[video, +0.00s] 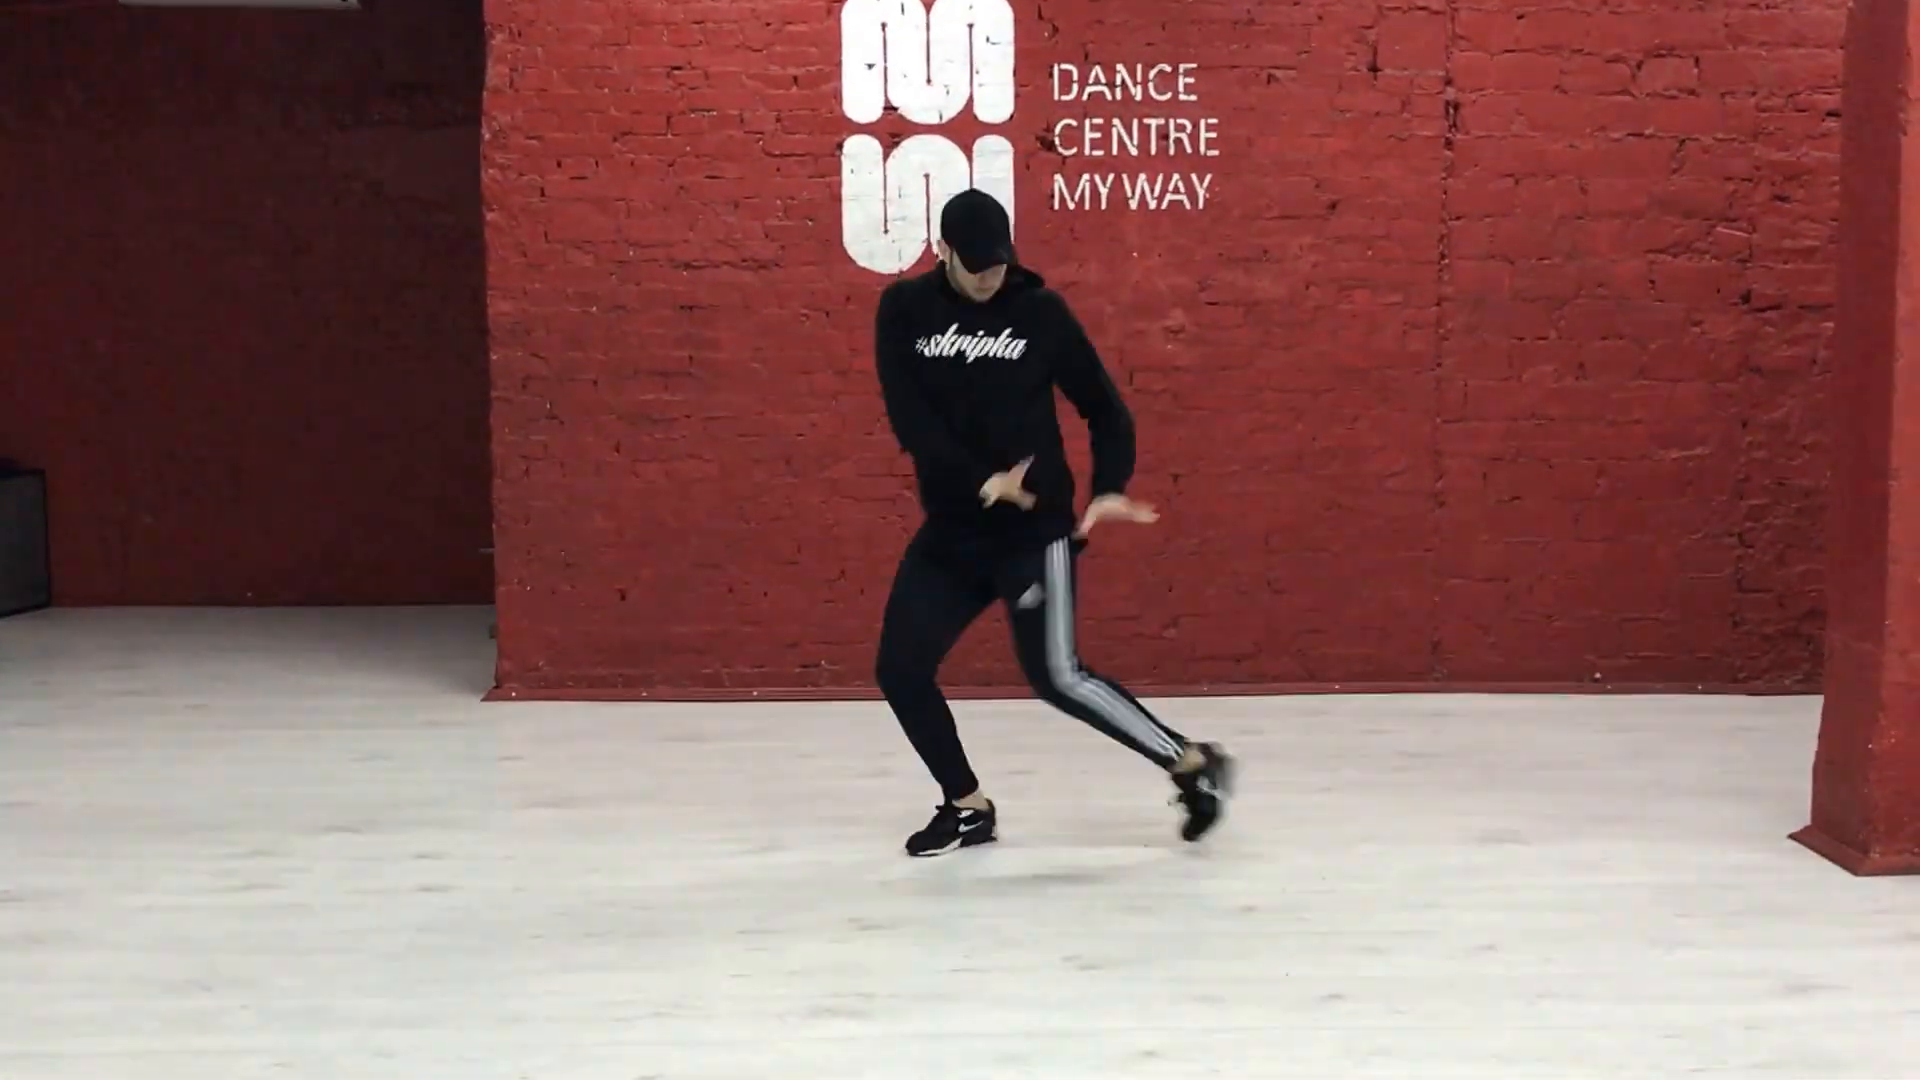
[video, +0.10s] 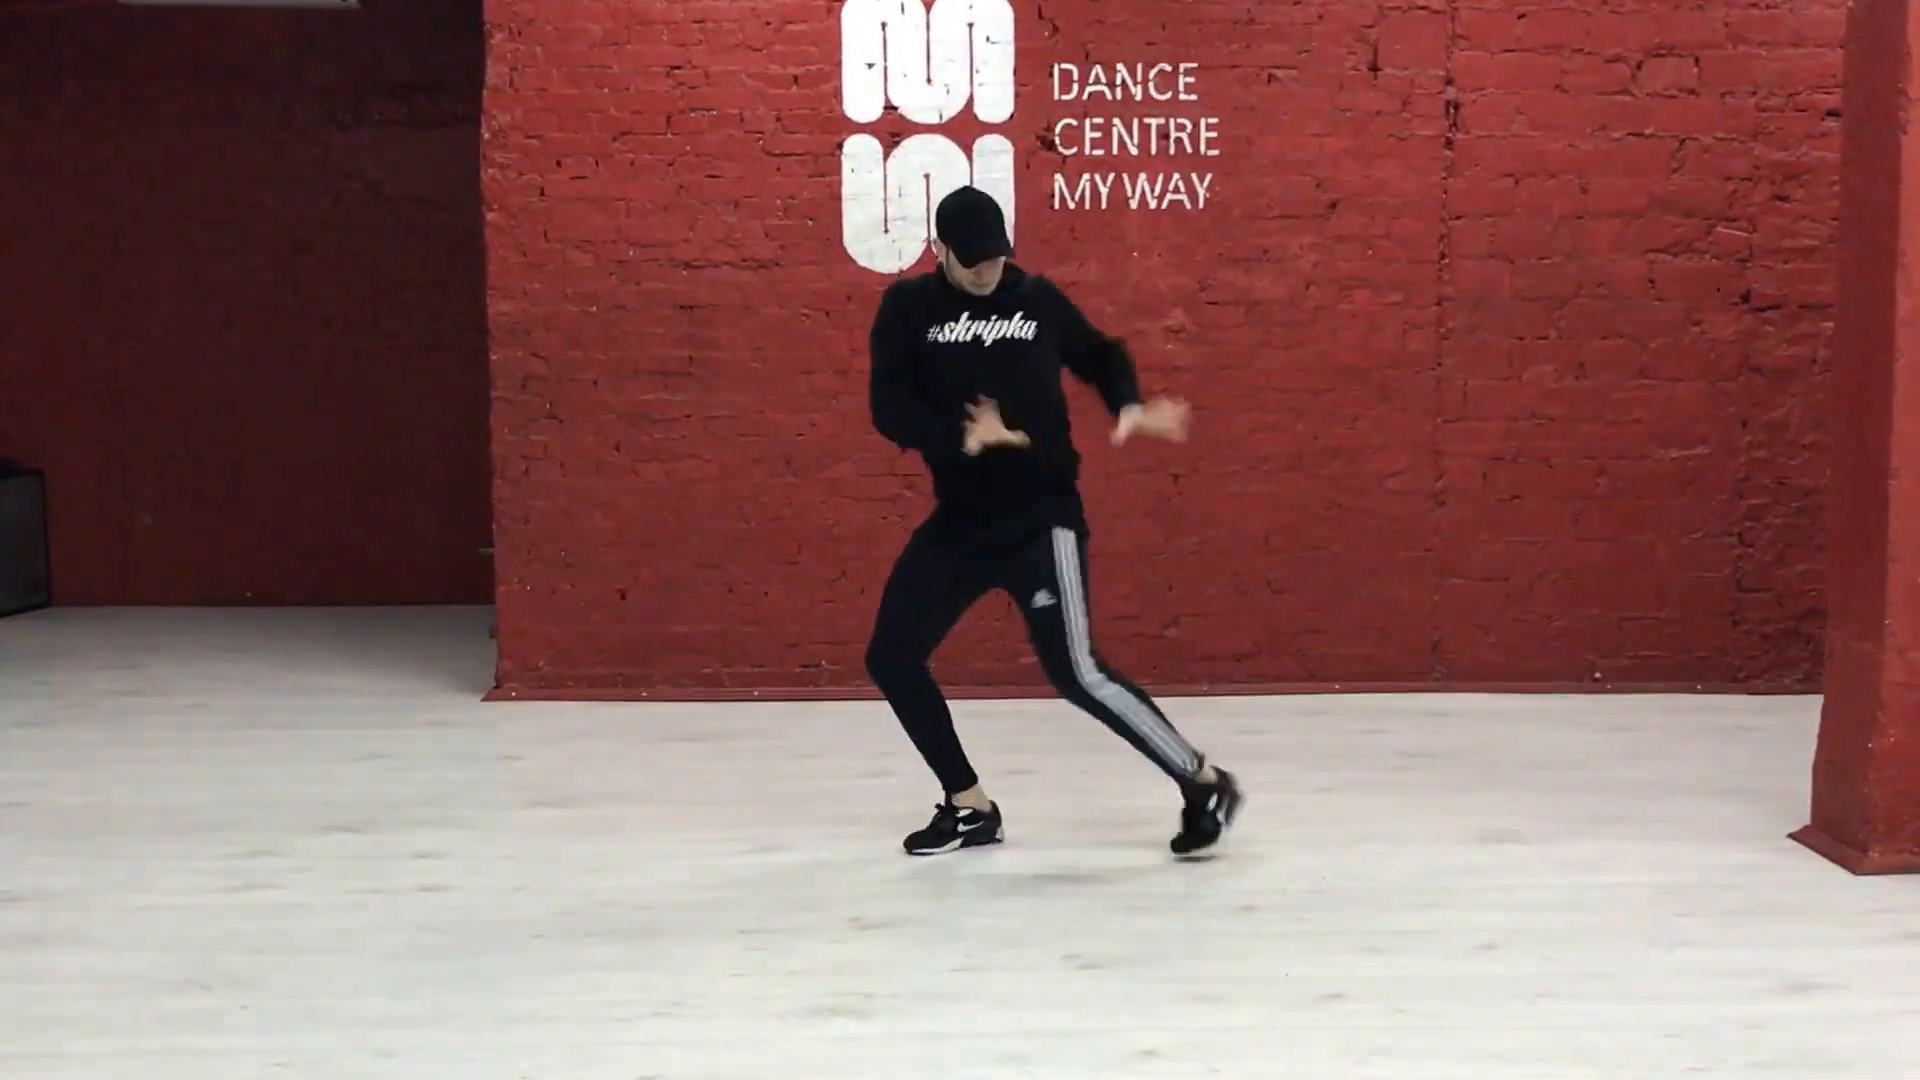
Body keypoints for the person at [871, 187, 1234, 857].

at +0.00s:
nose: (989, 279)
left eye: (998, 265)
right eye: (976, 267)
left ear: (1009, 250)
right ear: (945, 251)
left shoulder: (1040, 311)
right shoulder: (902, 307)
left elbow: (1106, 409)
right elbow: (910, 417)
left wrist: (1111, 487)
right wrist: (979, 478)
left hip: (1036, 524)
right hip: (954, 527)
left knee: (1057, 676)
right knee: (900, 670)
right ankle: (966, 805)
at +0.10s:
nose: (989, 272)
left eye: (997, 258)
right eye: (974, 262)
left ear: (1006, 245)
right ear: (942, 250)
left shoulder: (1034, 298)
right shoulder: (906, 306)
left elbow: (1100, 357)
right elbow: (889, 411)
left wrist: (1127, 402)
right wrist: (958, 432)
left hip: (1041, 515)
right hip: (962, 521)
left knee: (1074, 671)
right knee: (892, 659)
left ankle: (1202, 784)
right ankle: (968, 804)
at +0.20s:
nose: (980, 271)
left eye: (990, 258)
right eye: (966, 261)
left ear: (1008, 241)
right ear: (945, 252)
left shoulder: (1052, 275)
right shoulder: (922, 309)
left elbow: (1140, 291)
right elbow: (872, 408)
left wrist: (1135, 325)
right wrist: (914, 411)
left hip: (1055, 514)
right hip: (957, 518)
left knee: (1123, 641)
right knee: (884, 648)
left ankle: (1128, 786)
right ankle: (937, 784)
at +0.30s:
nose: (977, 282)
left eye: (987, 269)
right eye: (965, 270)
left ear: (1011, 248)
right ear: (948, 258)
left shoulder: (1061, 269)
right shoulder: (943, 317)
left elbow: (1170, 267)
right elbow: (894, 417)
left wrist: (1128, 320)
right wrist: (907, 414)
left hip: (1047, 513)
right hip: (967, 519)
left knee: (1114, 650)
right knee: (948, 674)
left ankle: (1103, 816)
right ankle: (836, 790)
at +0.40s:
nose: (980, 279)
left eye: (991, 266)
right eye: (968, 267)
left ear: (1017, 245)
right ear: (952, 256)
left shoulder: (1069, 291)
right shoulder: (940, 313)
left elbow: (1175, 325)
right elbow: (893, 403)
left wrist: (1114, 363)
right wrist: (913, 411)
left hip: (1041, 520)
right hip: (964, 526)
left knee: (1110, 653)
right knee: (989, 688)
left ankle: (1102, 817)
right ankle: (842, 808)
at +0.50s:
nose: (995, 258)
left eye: (1004, 243)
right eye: (980, 247)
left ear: (1024, 242)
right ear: (962, 253)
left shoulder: (1052, 312)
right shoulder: (939, 317)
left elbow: (1114, 389)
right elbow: (897, 405)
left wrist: (1123, 448)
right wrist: (979, 471)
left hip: (1043, 520)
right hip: (957, 529)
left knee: (1113, 652)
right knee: (924, 671)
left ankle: (1102, 817)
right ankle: (851, 809)